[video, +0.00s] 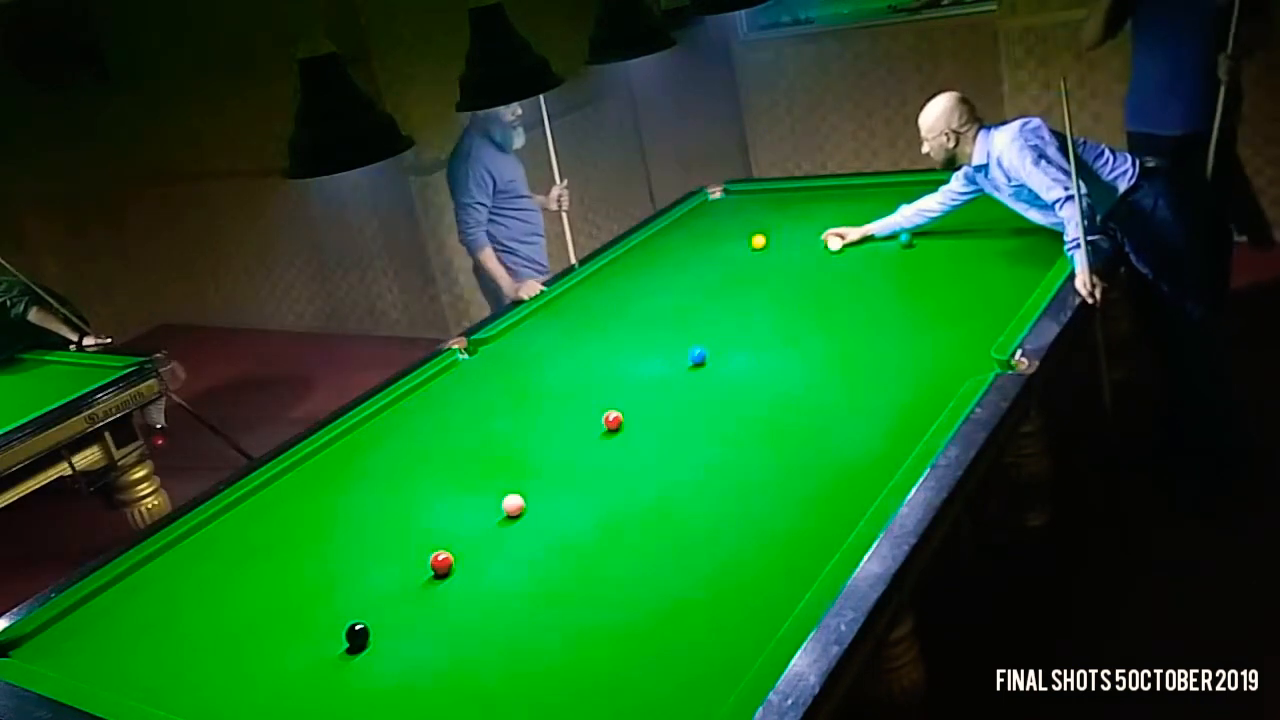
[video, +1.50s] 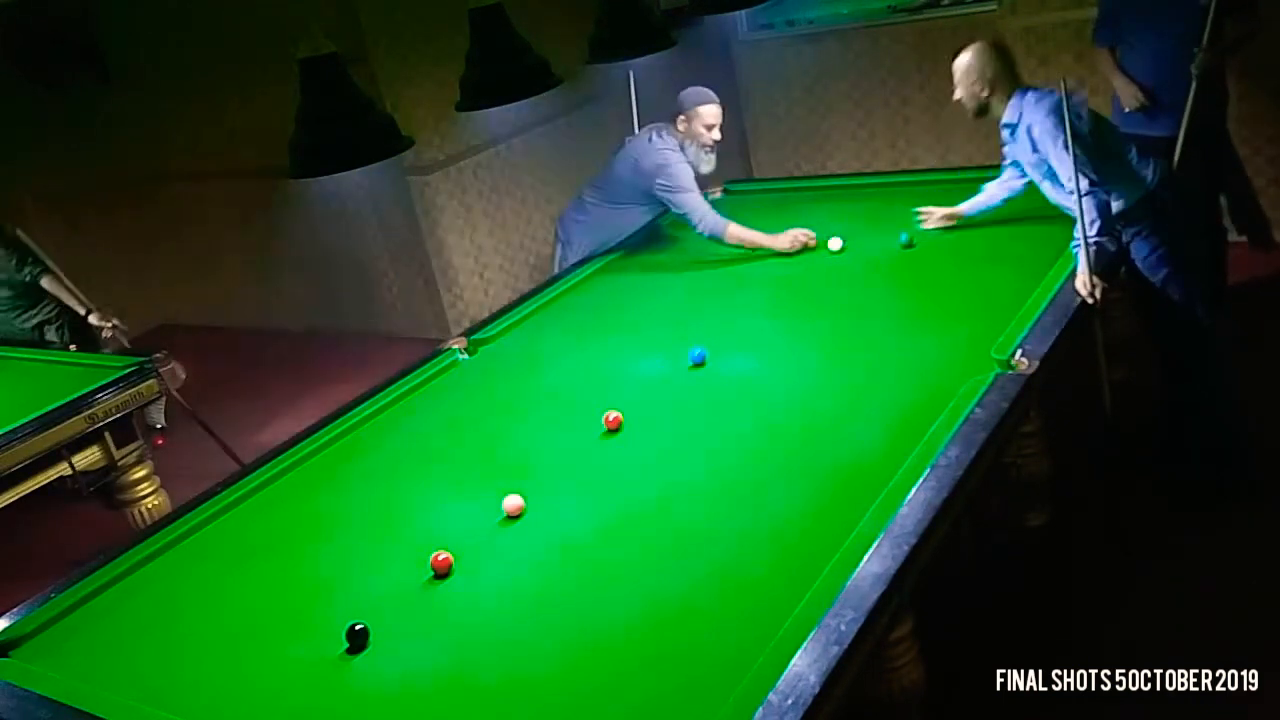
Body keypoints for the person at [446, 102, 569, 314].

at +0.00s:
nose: (518, 112)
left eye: (517, 103)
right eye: (507, 106)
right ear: (482, 112)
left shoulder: (495, 145)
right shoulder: (472, 158)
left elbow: (509, 198)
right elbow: (472, 234)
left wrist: (545, 202)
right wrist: (510, 287)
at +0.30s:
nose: (537, 105)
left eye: (536, 96)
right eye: (526, 99)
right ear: (503, 105)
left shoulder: (515, 137)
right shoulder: (493, 150)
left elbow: (526, 193)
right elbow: (481, 226)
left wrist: (562, 195)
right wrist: (511, 284)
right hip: (540, 281)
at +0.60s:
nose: (561, 98)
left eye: (559, 88)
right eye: (550, 91)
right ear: (528, 99)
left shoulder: (540, 130)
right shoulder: (512, 143)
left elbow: (545, 191)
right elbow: (512, 219)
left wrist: (581, 190)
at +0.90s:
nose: (617, 90)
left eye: (617, 82)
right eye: (605, 83)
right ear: (579, 87)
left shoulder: (600, 120)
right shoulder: (573, 129)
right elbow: (614, 195)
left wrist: (614, 178)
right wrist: (681, 218)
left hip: (603, 234)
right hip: (572, 246)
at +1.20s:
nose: (693, 116)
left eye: (695, 107)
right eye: (684, 107)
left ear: (697, 104)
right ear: (657, 106)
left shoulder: (656, 131)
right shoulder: (643, 142)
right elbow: (702, 198)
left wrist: (700, 191)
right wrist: (771, 226)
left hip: (622, 230)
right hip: (586, 241)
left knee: (611, 312)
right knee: (577, 320)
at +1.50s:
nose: (717, 137)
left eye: (719, 128)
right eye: (709, 128)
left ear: (685, 123)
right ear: (682, 123)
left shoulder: (667, 134)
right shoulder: (665, 160)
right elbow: (707, 222)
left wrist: (694, 191)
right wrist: (774, 241)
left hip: (621, 232)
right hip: (586, 240)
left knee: (610, 311)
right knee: (576, 319)